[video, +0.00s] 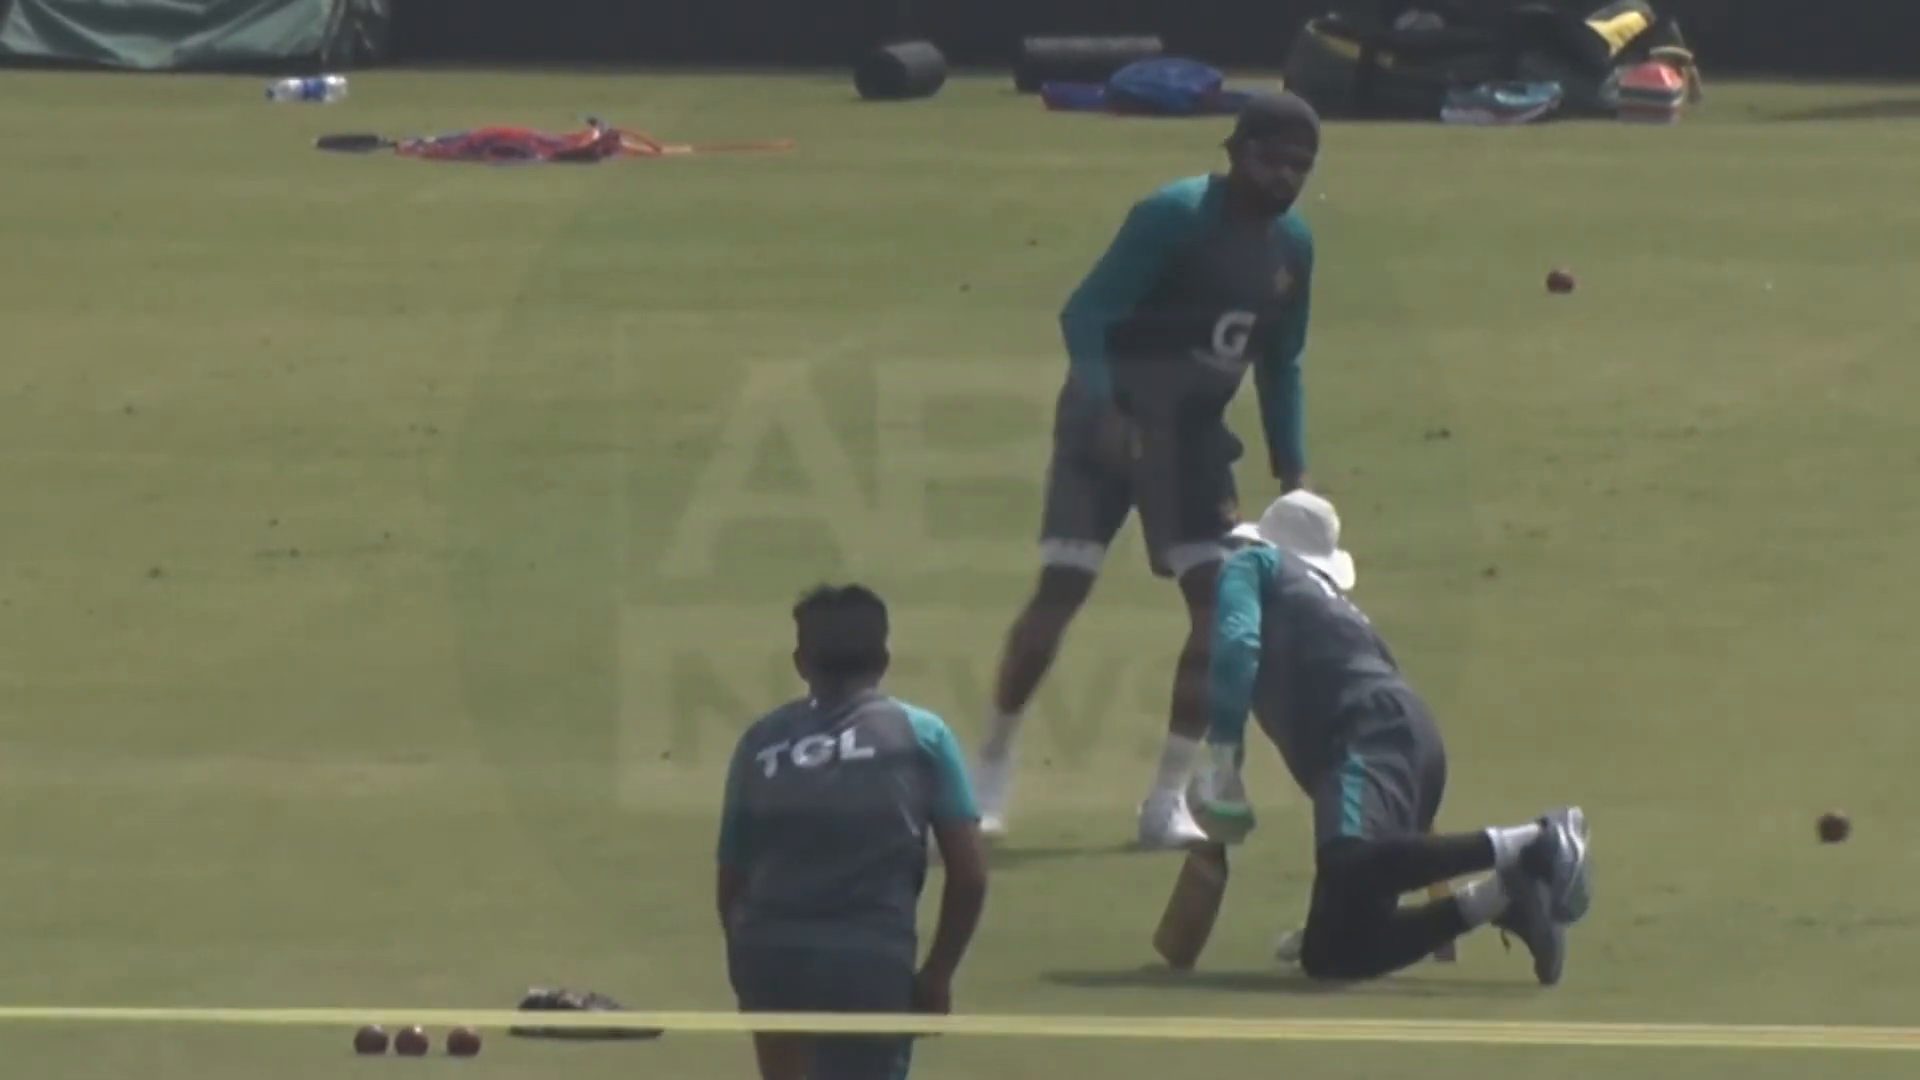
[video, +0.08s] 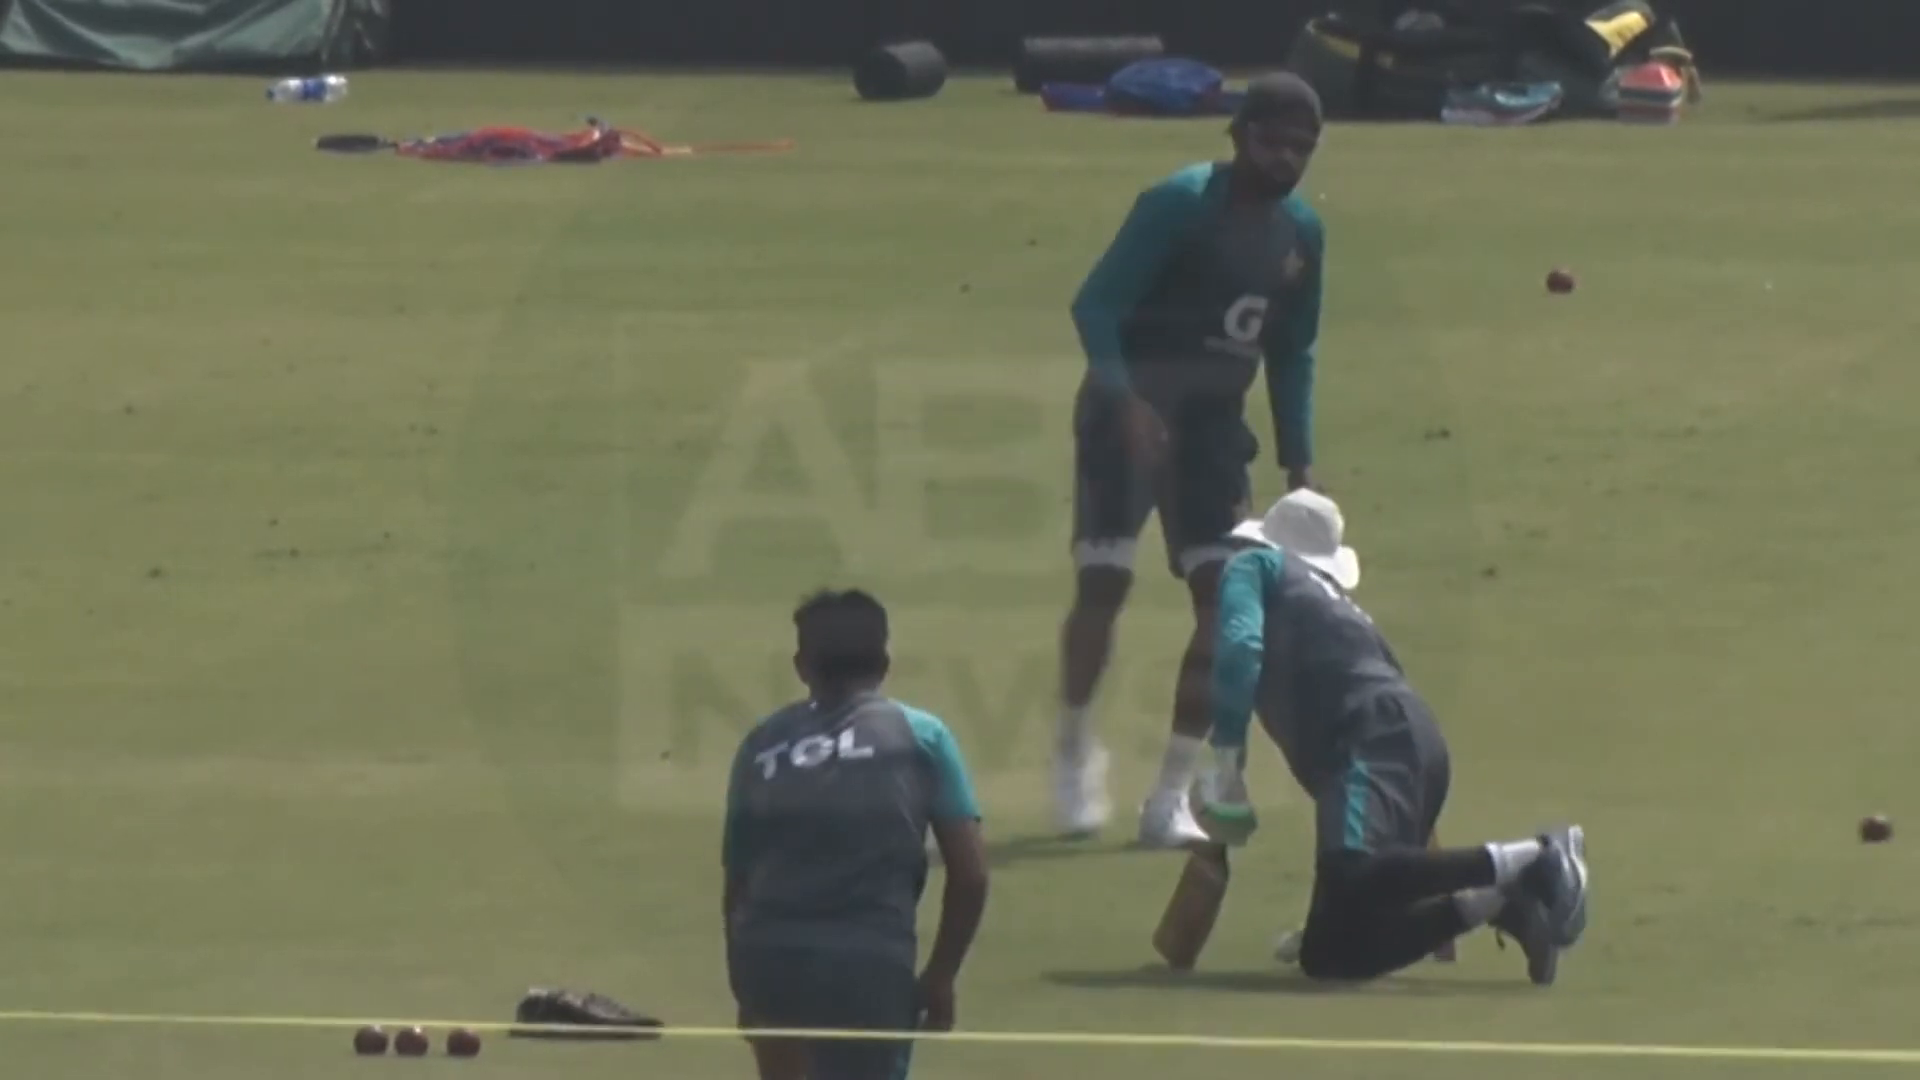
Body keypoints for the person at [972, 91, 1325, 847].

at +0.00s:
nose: (1285, 177)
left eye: (1299, 166)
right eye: (1273, 160)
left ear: (1309, 172)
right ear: (1237, 152)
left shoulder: (1291, 246)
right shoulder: (1172, 216)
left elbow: (1280, 365)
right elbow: (1082, 313)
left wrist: (1293, 480)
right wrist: (1100, 412)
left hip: (1188, 427)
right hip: (1105, 411)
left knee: (1218, 607)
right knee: (1064, 585)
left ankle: (1168, 803)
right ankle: (992, 762)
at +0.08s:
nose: (1281, 160)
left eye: (1297, 147)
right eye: (1268, 142)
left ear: (1313, 152)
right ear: (1237, 136)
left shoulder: (1300, 234)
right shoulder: (1177, 203)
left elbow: (1292, 354)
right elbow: (1092, 306)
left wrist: (1297, 464)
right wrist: (1124, 404)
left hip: (1213, 420)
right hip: (1126, 408)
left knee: (1226, 607)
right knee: (1103, 586)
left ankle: (1172, 798)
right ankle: (1075, 749)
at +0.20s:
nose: (1290, 140)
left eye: (1304, 128)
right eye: (1277, 124)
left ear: (1318, 132)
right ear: (1244, 115)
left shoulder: (1311, 214)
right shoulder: (1186, 194)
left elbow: (1303, 342)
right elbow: (1111, 300)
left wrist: (1305, 450)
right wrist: (1150, 393)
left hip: (1245, 420)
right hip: (1160, 415)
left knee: (1236, 608)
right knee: (1164, 599)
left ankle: (1175, 799)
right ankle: (1187, 770)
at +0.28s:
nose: (1294, 132)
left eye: (1308, 120)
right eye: (1280, 117)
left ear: (1321, 124)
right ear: (1248, 112)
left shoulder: (1317, 208)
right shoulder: (1192, 197)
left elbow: (1312, 337)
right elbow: (1126, 308)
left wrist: (1316, 442)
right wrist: (1170, 401)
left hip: (1275, 434)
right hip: (1193, 432)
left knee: (1268, 603)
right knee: (1198, 601)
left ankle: (1239, 787)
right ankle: (1196, 782)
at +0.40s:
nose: (1304, 126)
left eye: (1320, 114)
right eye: (1290, 110)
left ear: (1336, 118)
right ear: (1261, 107)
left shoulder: (1334, 200)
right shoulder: (1209, 200)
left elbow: (1328, 330)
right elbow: (1153, 319)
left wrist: (1338, 431)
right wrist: (1199, 405)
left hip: (1304, 421)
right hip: (1217, 424)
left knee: (1307, 603)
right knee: (1219, 602)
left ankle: (1262, 787)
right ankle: (1209, 787)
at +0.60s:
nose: (1361, 121)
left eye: (1376, 107)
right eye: (1346, 104)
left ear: (1393, 109)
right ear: (1315, 100)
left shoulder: (1383, 184)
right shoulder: (1260, 183)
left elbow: (1383, 312)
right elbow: (1202, 291)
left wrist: (1406, 415)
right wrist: (1279, 348)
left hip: (1354, 414)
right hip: (1264, 415)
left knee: (1387, 590)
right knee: (1248, 596)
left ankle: (1370, 787)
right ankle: (1219, 785)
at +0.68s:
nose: (1408, 124)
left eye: (1420, 111)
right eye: (1396, 107)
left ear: (1429, 113)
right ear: (1356, 99)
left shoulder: (1411, 190)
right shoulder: (1291, 184)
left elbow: (1406, 314)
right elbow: (1234, 291)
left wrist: (1439, 416)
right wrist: (1336, 312)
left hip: (1380, 423)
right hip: (1290, 424)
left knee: (1424, 595)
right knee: (1258, 596)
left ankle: (1422, 791)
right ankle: (1220, 784)